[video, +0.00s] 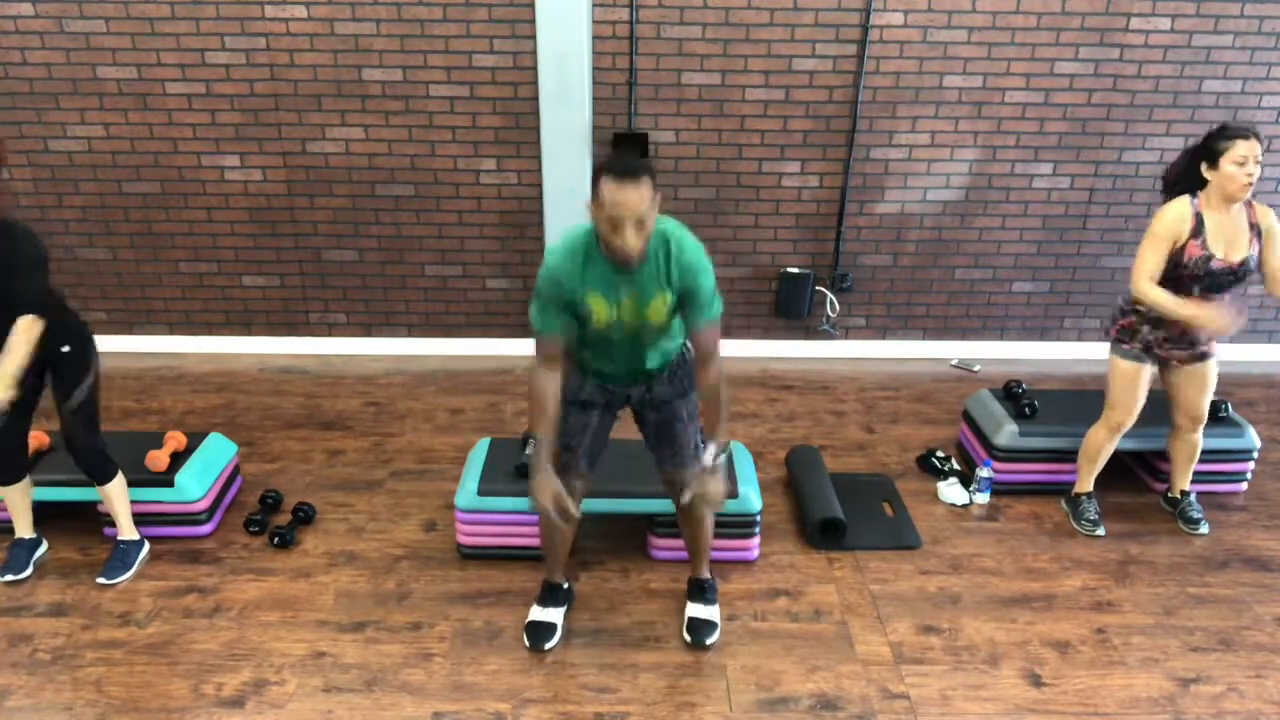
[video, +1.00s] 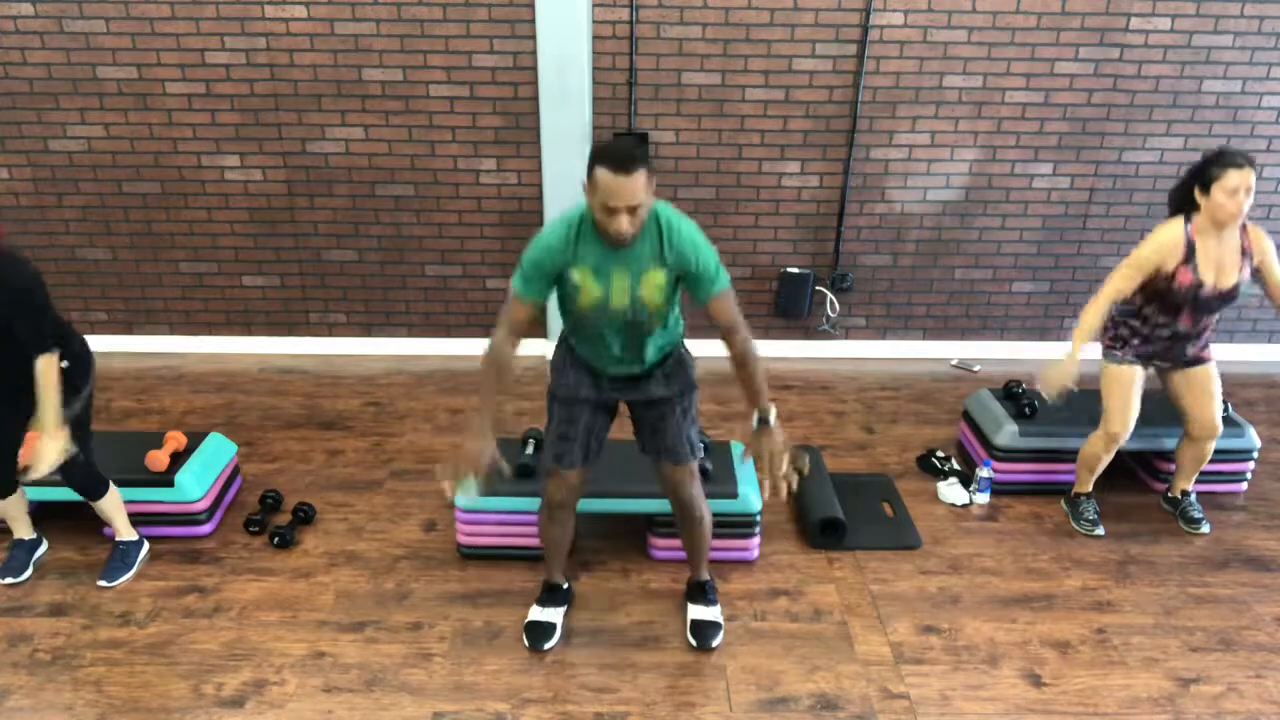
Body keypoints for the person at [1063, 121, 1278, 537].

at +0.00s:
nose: (1252, 172)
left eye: (1256, 163)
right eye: (1241, 163)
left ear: (1260, 167)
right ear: (1208, 170)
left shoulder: (1262, 220)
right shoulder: (1177, 214)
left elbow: (1275, 286)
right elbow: (1141, 284)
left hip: (1198, 330)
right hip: (1145, 323)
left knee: (1192, 421)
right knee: (1119, 418)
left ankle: (1179, 494)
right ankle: (1080, 493)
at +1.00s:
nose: (1244, 203)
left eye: (1249, 193)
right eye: (1233, 192)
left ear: (1254, 195)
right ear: (1202, 196)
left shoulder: (1254, 242)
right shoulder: (1171, 238)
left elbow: (1277, 295)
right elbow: (1107, 294)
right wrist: (1071, 355)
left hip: (1189, 338)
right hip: (1132, 334)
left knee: (1206, 427)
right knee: (1116, 430)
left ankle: (1179, 493)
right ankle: (1080, 494)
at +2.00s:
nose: (1255, 195)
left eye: (1259, 185)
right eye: (1243, 185)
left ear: (1264, 189)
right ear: (1211, 191)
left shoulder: (1263, 239)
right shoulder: (1178, 232)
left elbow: (1274, 307)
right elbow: (1128, 300)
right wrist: (1186, 330)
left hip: (1192, 332)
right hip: (1137, 326)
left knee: (1197, 422)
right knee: (1116, 421)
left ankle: (1179, 494)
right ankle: (1080, 494)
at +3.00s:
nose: (1248, 198)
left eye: (1254, 188)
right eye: (1238, 187)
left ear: (1260, 189)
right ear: (1208, 187)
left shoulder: (1259, 236)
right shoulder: (1175, 230)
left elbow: (1279, 287)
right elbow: (1130, 300)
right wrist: (1143, 366)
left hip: (1195, 339)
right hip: (1140, 332)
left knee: (1206, 426)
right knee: (1117, 428)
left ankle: (1179, 494)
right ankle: (1080, 494)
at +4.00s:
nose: (1247, 191)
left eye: (1252, 181)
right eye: (1235, 182)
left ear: (1257, 184)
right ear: (1205, 188)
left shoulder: (1263, 234)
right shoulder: (1177, 227)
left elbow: (1278, 277)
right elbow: (1142, 295)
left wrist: (1264, 269)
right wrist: (1216, 289)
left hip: (1185, 330)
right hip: (1132, 324)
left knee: (1192, 416)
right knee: (1111, 417)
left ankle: (1174, 493)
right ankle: (1074, 494)